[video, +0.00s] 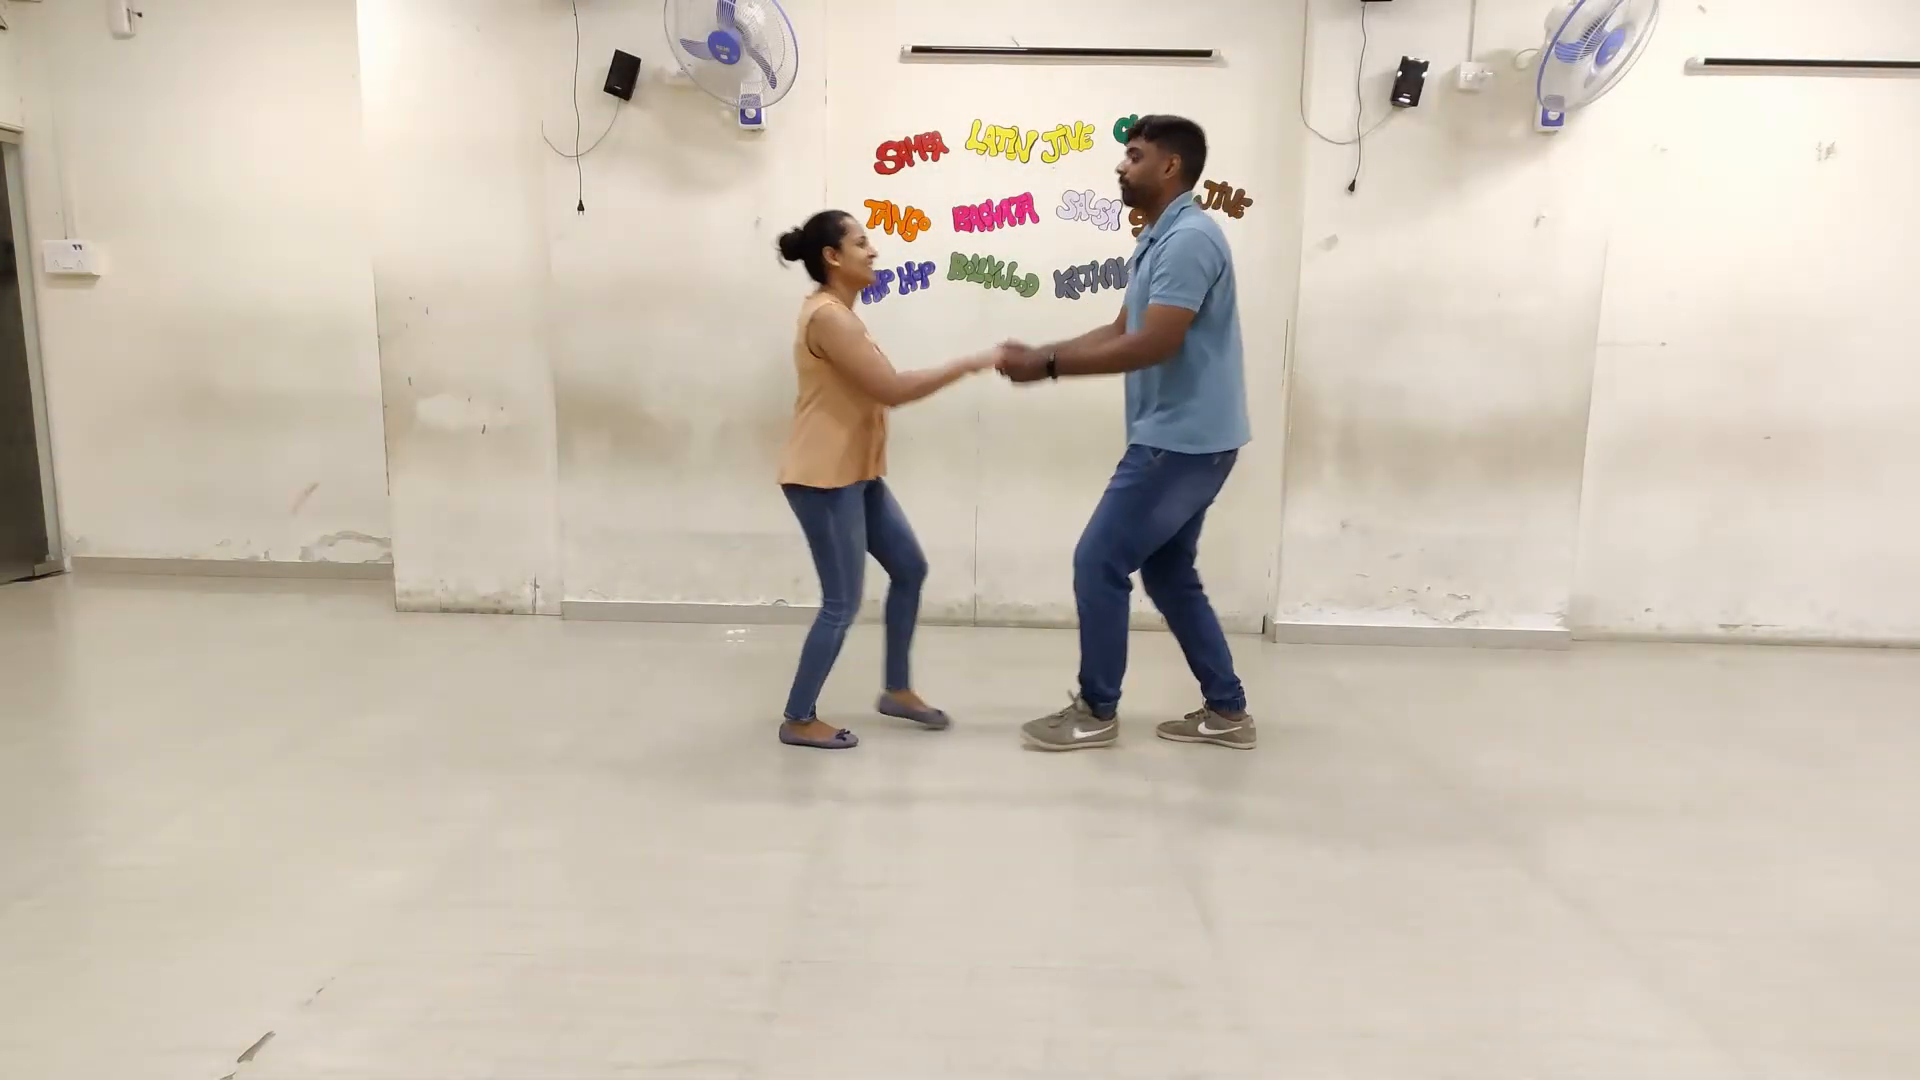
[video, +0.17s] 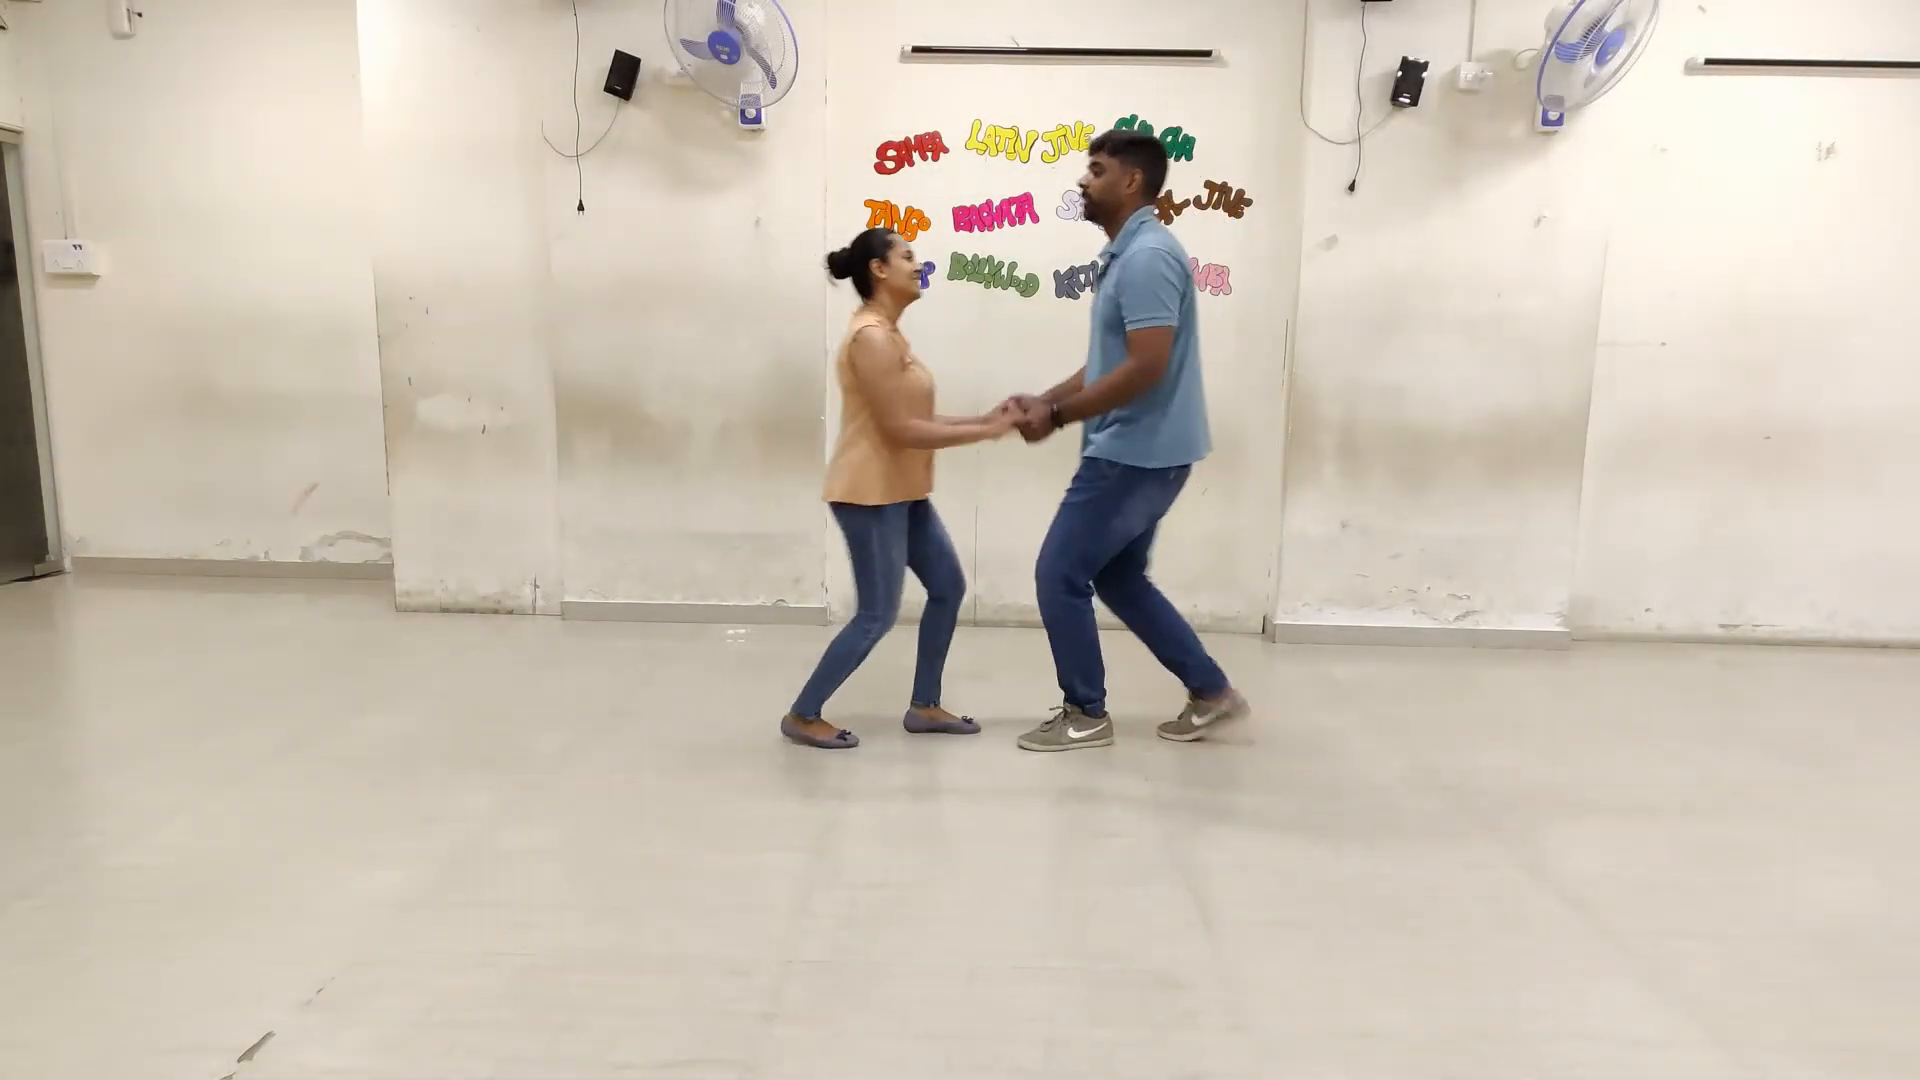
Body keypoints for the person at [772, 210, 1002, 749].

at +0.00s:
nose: (873, 250)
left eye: (869, 241)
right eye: (862, 243)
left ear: (840, 257)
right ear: (832, 256)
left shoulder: (842, 312)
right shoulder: (826, 316)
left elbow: (870, 391)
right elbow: (889, 388)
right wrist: (966, 365)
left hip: (856, 476)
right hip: (822, 478)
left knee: (910, 568)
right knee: (842, 600)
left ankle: (897, 692)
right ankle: (798, 719)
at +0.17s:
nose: (919, 264)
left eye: (915, 255)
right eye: (908, 257)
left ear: (884, 271)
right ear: (879, 270)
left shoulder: (890, 335)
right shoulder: (871, 337)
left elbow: (918, 420)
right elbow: (900, 429)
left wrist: (988, 420)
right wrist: (985, 429)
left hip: (903, 493)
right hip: (869, 494)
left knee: (948, 586)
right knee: (877, 614)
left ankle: (925, 706)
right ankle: (802, 714)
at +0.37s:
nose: (961, 240)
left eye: (958, 231)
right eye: (951, 232)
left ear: (928, 245)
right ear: (922, 244)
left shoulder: (935, 306)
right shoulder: (913, 309)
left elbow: (941, 386)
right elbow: (914, 397)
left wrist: (993, 363)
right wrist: (988, 371)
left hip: (946, 467)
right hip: (921, 470)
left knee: (949, 590)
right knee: (948, 592)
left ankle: (926, 703)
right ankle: (886, 697)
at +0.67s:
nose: (944, 250)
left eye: (940, 241)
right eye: (934, 242)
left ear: (905, 252)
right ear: (907, 252)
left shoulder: (906, 310)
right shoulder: (896, 314)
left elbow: (920, 391)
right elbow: (917, 398)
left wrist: (975, 359)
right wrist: (984, 364)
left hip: (918, 472)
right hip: (896, 474)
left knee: (931, 597)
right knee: (923, 599)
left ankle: (924, 706)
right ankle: (836, 697)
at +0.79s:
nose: (903, 266)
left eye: (900, 256)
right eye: (895, 257)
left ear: (863, 264)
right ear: (868, 263)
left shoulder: (851, 319)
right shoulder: (857, 322)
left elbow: (898, 393)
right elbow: (913, 397)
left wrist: (950, 374)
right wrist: (999, 376)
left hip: (871, 484)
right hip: (853, 486)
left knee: (907, 588)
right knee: (862, 613)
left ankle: (924, 707)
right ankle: (779, 721)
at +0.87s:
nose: (872, 271)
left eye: (869, 261)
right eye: (865, 262)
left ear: (830, 269)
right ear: (838, 268)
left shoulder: (808, 323)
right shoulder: (832, 329)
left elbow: (873, 396)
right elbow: (898, 403)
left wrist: (927, 395)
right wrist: (984, 400)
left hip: (826, 487)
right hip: (822, 490)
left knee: (877, 589)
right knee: (829, 618)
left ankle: (915, 705)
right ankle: (765, 738)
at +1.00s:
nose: (845, 270)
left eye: (843, 261)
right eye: (839, 262)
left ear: (802, 267)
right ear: (812, 268)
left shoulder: (772, 323)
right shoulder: (821, 326)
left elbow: (800, 398)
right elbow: (904, 374)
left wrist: (862, 416)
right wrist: (984, 353)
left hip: (780, 480)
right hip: (803, 486)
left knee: (852, 580)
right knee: (811, 614)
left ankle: (868, 706)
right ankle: (763, 741)